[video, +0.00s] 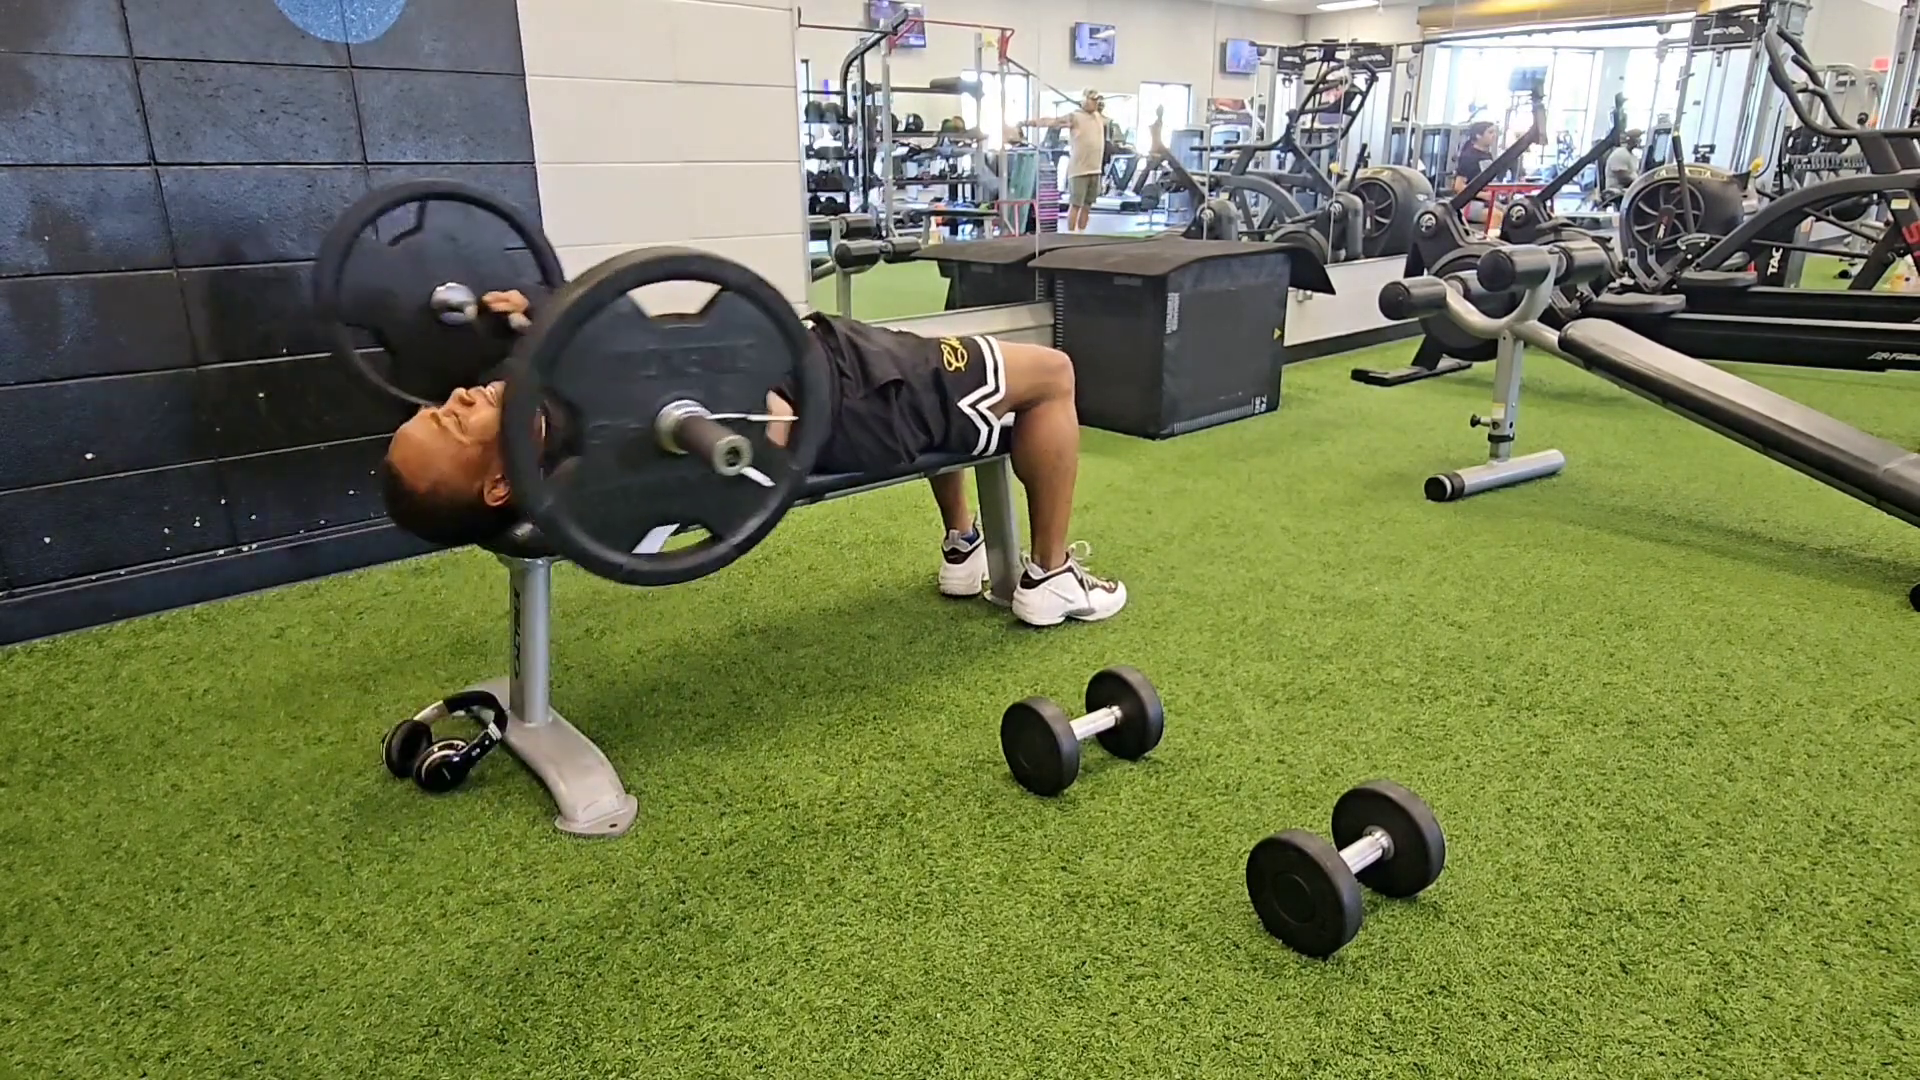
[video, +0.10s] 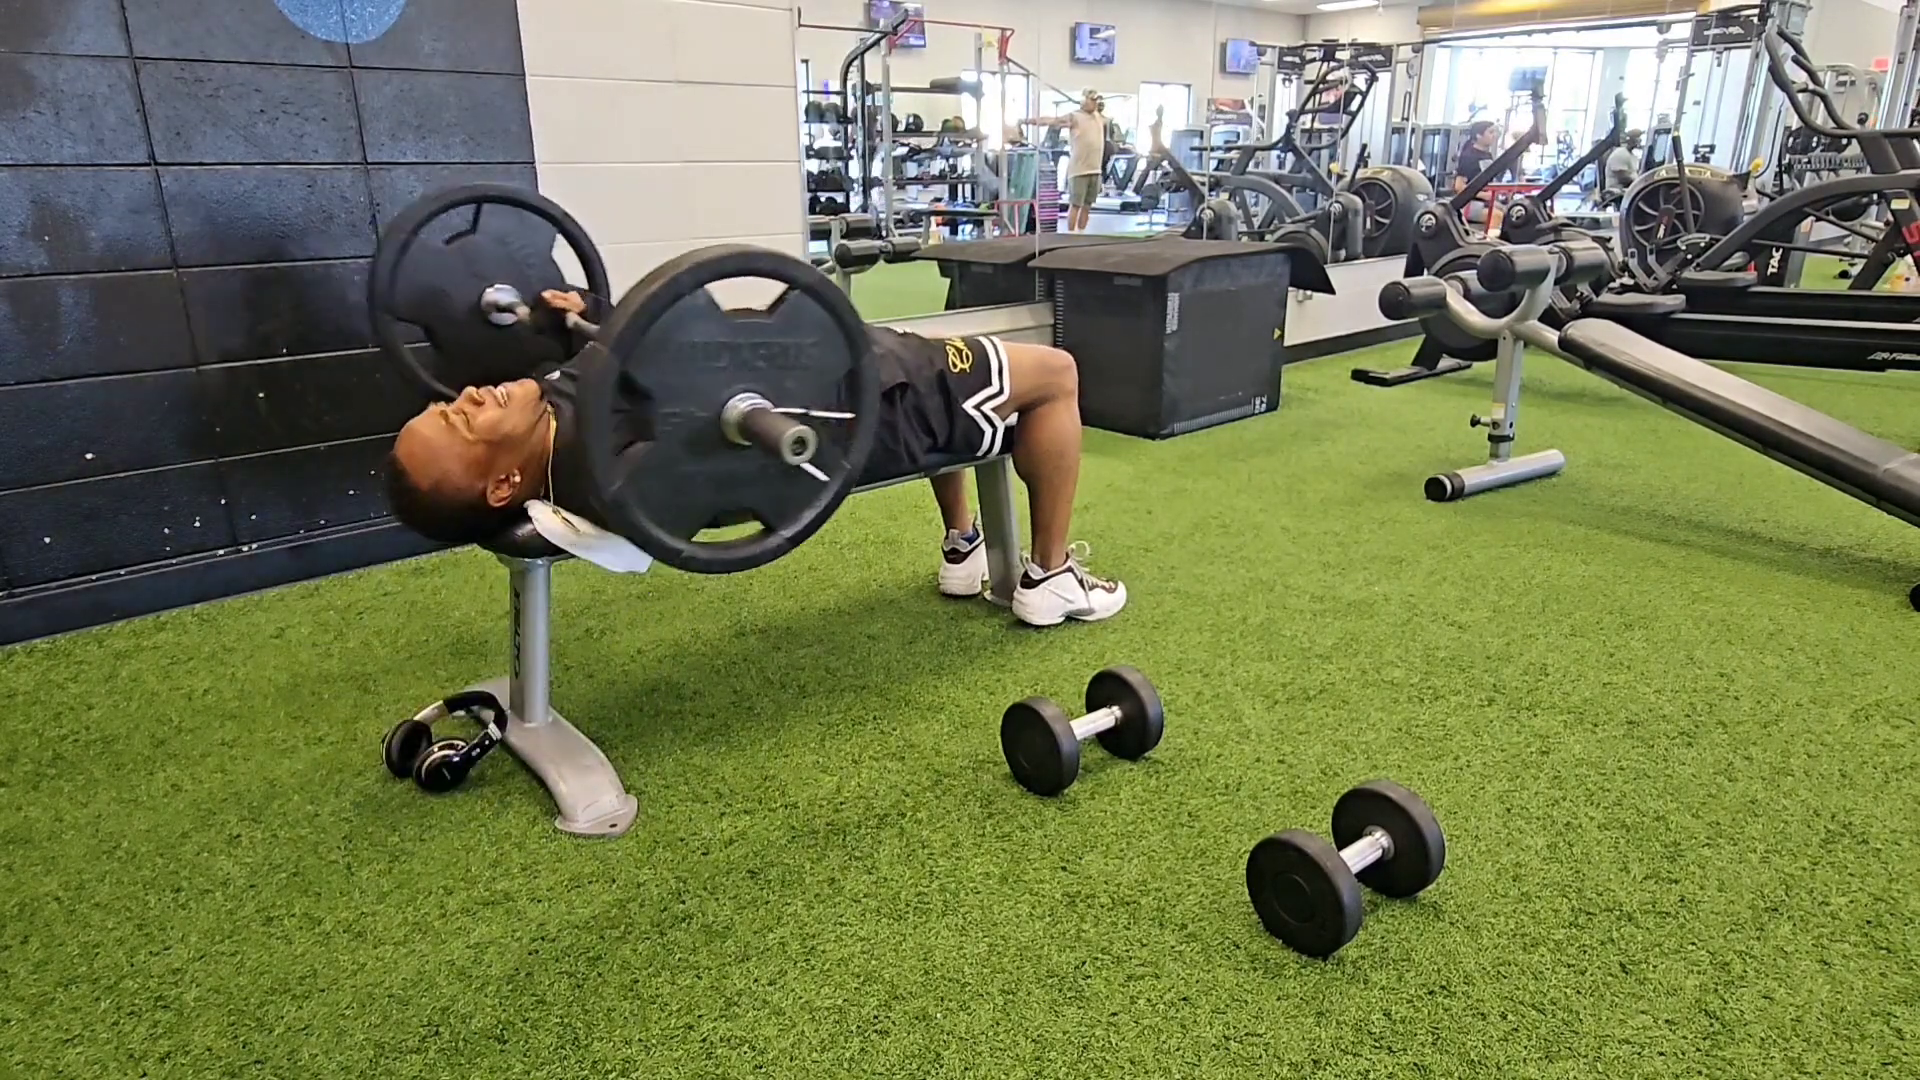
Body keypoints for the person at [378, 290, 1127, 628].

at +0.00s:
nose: (469, 393)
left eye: (448, 402)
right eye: (459, 418)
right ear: (499, 485)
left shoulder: (532, 404)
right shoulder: (587, 481)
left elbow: (611, 339)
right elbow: (692, 475)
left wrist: (538, 318)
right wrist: (762, 446)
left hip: (792, 356)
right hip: (839, 410)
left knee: (937, 345)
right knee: (1050, 372)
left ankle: (965, 545)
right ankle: (1053, 576)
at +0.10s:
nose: (479, 390)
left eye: (457, 401)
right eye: (471, 417)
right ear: (508, 483)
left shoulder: (548, 405)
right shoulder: (608, 474)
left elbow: (640, 379)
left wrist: (583, 326)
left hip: (793, 366)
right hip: (844, 420)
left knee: (933, 341)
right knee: (1053, 372)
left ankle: (965, 545)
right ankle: (1052, 577)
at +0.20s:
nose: (481, 388)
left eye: (457, 399)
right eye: (471, 416)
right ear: (507, 485)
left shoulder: (542, 394)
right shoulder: (605, 470)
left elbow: (659, 368)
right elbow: (732, 491)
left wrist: (608, 326)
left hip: (782, 366)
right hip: (839, 422)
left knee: (935, 341)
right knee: (1053, 372)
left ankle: (964, 545)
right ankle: (1051, 579)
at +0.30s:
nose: (487, 386)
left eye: (462, 395)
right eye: (476, 415)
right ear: (511, 485)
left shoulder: (539, 396)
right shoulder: (632, 483)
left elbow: (629, 356)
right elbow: (791, 520)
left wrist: (615, 331)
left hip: (779, 372)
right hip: (840, 429)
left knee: (932, 343)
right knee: (1055, 375)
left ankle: (965, 547)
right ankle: (1049, 580)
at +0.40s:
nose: (487, 383)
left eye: (463, 394)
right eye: (475, 412)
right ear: (511, 482)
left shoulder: (549, 396)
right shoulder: (622, 480)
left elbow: (647, 356)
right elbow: (792, 492)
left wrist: (626, 317)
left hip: (788, 372)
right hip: (849, 428)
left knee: (941, 342)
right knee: (1060, 376)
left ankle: (965, 545)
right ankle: (1051, 579)